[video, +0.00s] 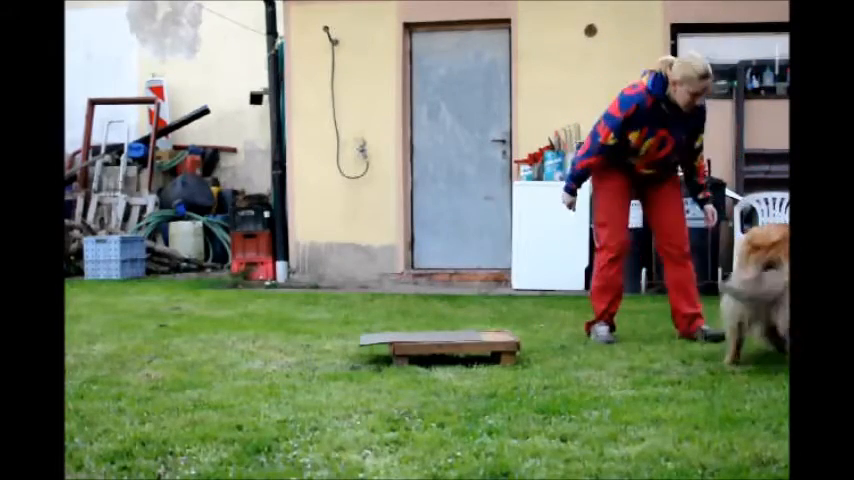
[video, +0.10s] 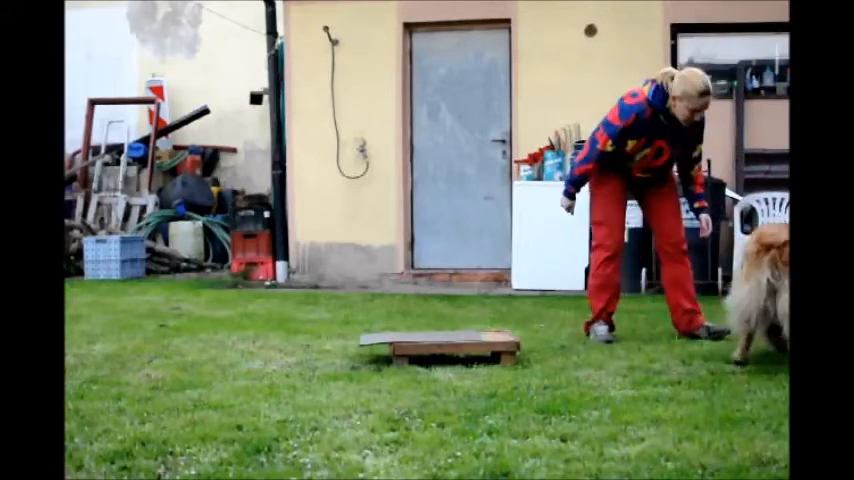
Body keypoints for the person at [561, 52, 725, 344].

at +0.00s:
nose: (698, 101)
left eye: (702, 95)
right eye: (694, 94)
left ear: (706, 88)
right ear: (675, 84)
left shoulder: (695, 113)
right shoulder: (637, 97)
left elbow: (692, 159)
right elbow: (599, 138)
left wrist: (704, 200)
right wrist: (572, 185)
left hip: (660, 174)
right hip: (614, 169)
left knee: (676, 246)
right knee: (613, 244)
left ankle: (690, 324)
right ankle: (602, 322)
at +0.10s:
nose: (698, 117)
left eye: (702, 112)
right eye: (694, 111)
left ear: (706, 102)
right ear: (674, 100)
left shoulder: (694, 122)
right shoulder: (637, 105)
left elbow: (691, 167)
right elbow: (596, 143)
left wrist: (701, 209)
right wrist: (571, 189)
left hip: (656, 174)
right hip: (611, 170)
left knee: (673, 243)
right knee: (609, 244)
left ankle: (689, 323)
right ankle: (600, 322)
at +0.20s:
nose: (703, 134)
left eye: (707, 129)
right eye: (700, 128)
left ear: (710, 121)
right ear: (682, 116)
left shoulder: (697, 138)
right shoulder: (646, 111)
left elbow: (693, 178)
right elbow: (602, 141)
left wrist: (699, 221)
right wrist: (572, 184)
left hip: (658, 177)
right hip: (613, 171)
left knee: (675, 244)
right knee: (606, 243)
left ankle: (687, 323)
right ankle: (600, 321)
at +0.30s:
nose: (710, 143)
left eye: (714, 138)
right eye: (707, 136)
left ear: (719, 130)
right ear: (689, 122)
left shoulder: (704, 144)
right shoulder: (651, 117)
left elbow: (699, 185)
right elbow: (605, 145)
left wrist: (701, 228)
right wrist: (576, 184)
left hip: (662, 180)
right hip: (617, 172)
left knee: (677, 246)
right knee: (607, 244)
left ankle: (685, 323)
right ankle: (600, 320)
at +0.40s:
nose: (722, 147)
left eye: (726, 142)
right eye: (718, 140)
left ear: (732, 135)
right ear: (701, 125)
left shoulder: (715, 146)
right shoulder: (663, 120)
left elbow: (710, 187)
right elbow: (617, 148)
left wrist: (713, 233)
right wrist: (586, 185)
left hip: (671, 179)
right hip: (627, 172)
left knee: (686, 245)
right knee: (614, 244)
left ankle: (686, 323)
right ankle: (600, 320)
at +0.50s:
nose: (727, 147)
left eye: (732, 142)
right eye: (724, 139)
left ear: (738, 135)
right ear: (707, 124)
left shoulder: (721, 148)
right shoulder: (668, 122)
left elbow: (716, 189)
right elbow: (621, 152)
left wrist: (724, 233)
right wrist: (593, 188)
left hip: (678, 179)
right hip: (633, 172)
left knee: (690, 245)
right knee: (620, 243)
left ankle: (687, 323)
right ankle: (602, 320)